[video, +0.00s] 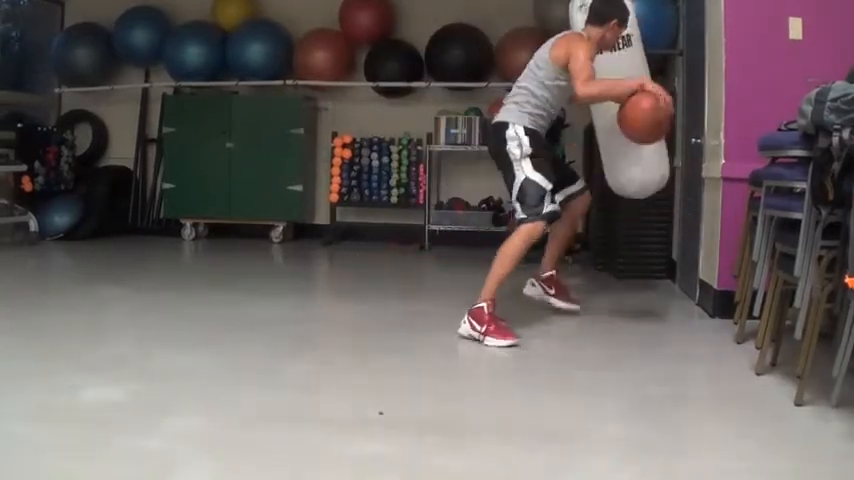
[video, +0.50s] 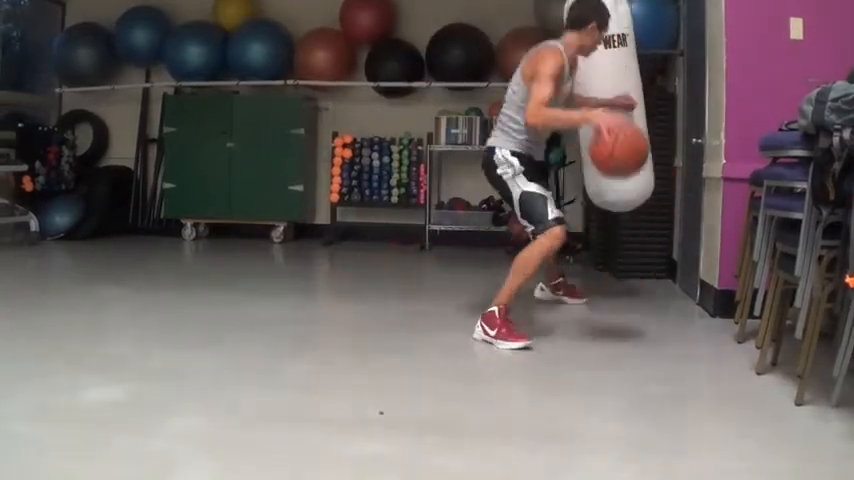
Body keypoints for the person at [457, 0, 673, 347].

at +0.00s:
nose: (619, 43)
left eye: (622, 37)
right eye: (621, 35)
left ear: (598, 23)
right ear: (611, 27)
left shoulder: (575, 45)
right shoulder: (577, 44)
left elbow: (584, 93)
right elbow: (583, 90)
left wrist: (632, 95)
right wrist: (638, 84)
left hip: (534, 132)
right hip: (515, 128)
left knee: (578, 199)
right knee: (537, 218)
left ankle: (545, 278)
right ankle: (481, 311)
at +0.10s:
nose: (621, 42)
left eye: (622, 36)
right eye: (620, 34)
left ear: (598, 26)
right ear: (607, 29)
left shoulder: (576, 51)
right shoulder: (578, 51)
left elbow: (586, 100)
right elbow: (595, 98)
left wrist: (623, 100)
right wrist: (631, 94)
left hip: (538, 145)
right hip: (519, 141)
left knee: (574, 210)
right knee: (535, 227)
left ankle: (553, 283)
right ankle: (480, 314)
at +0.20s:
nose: (621, 56)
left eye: (622, 49)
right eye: (620, 48)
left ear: (598, 45)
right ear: (605, 45)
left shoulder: (575, 67)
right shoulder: (580, 71)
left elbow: (581, 112)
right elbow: (588, 124)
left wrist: (617, 105)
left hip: (539, 159)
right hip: (520, 155)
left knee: (575, 223)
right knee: (550, 229)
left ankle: (551, 286)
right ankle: (488, 306)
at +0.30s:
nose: (621, 69)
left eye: (622, 63)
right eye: (621, 62)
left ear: (597, 56)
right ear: (607, 58)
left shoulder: (573, 74)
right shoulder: (581, 85)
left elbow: (581, 121)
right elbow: (582, 146)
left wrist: (611, 104)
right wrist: (612, 198)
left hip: (541, 166)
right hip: (517, 162)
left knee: (579, 226)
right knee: (552, 230)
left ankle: (552, 285)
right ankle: (499, 313)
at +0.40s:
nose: (614, 63)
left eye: (616, 56)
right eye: (614, 55)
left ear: (593, 51)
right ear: (600, 52)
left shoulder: (574, 77)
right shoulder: (567, 81)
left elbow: (573, 112)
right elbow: (553, 141)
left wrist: (612, 105)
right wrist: (597, 170)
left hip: (539, 167)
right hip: (513, 164)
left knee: (573, 231)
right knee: (553, 230)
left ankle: (553, 286)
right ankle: (496, 315)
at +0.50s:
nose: (601, 42)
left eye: (603, 35)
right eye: (601, 34)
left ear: (583, 26)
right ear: (589, 28)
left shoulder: (567, 58)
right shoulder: (549, 57)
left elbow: (563, 100)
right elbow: (536, 115)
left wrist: (606, 103)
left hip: (530, 156)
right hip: (506, 154)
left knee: (552, 221)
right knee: (552, 234)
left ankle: (550, 282)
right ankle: (494, 316)